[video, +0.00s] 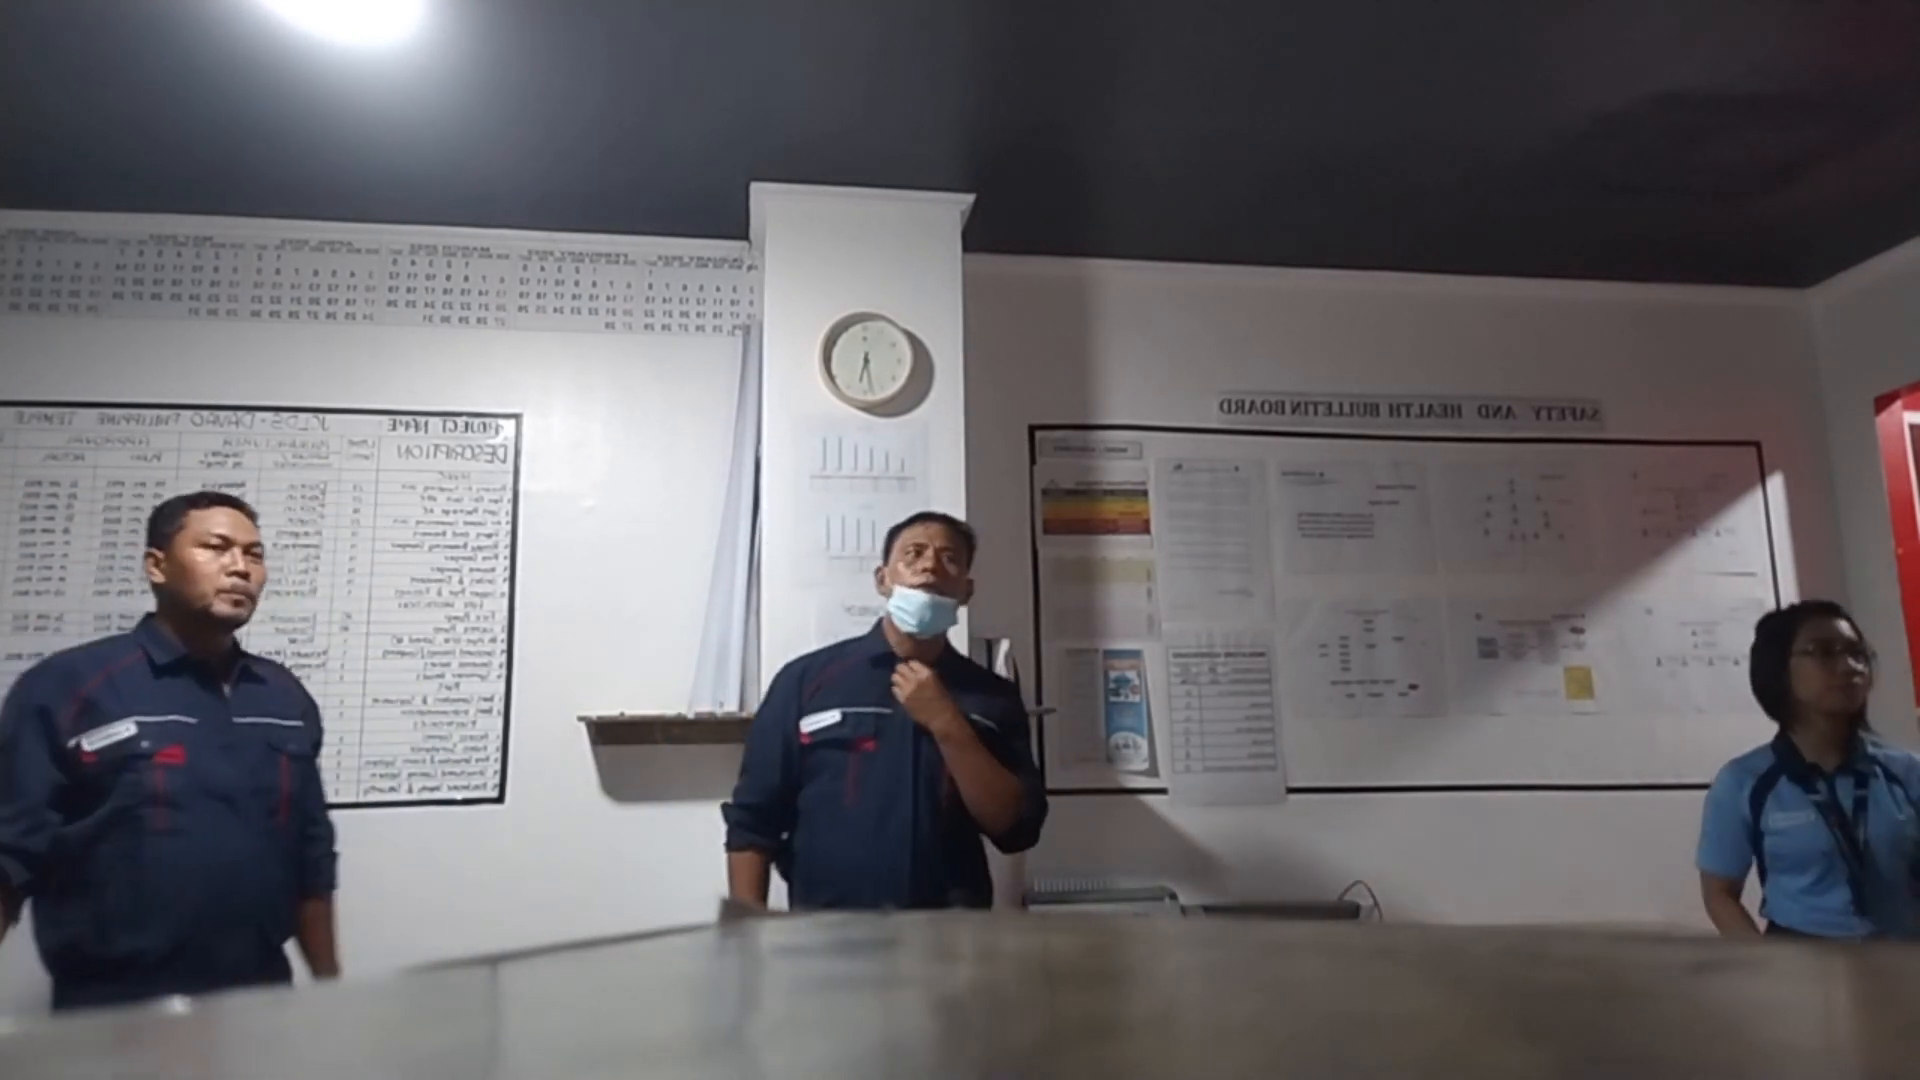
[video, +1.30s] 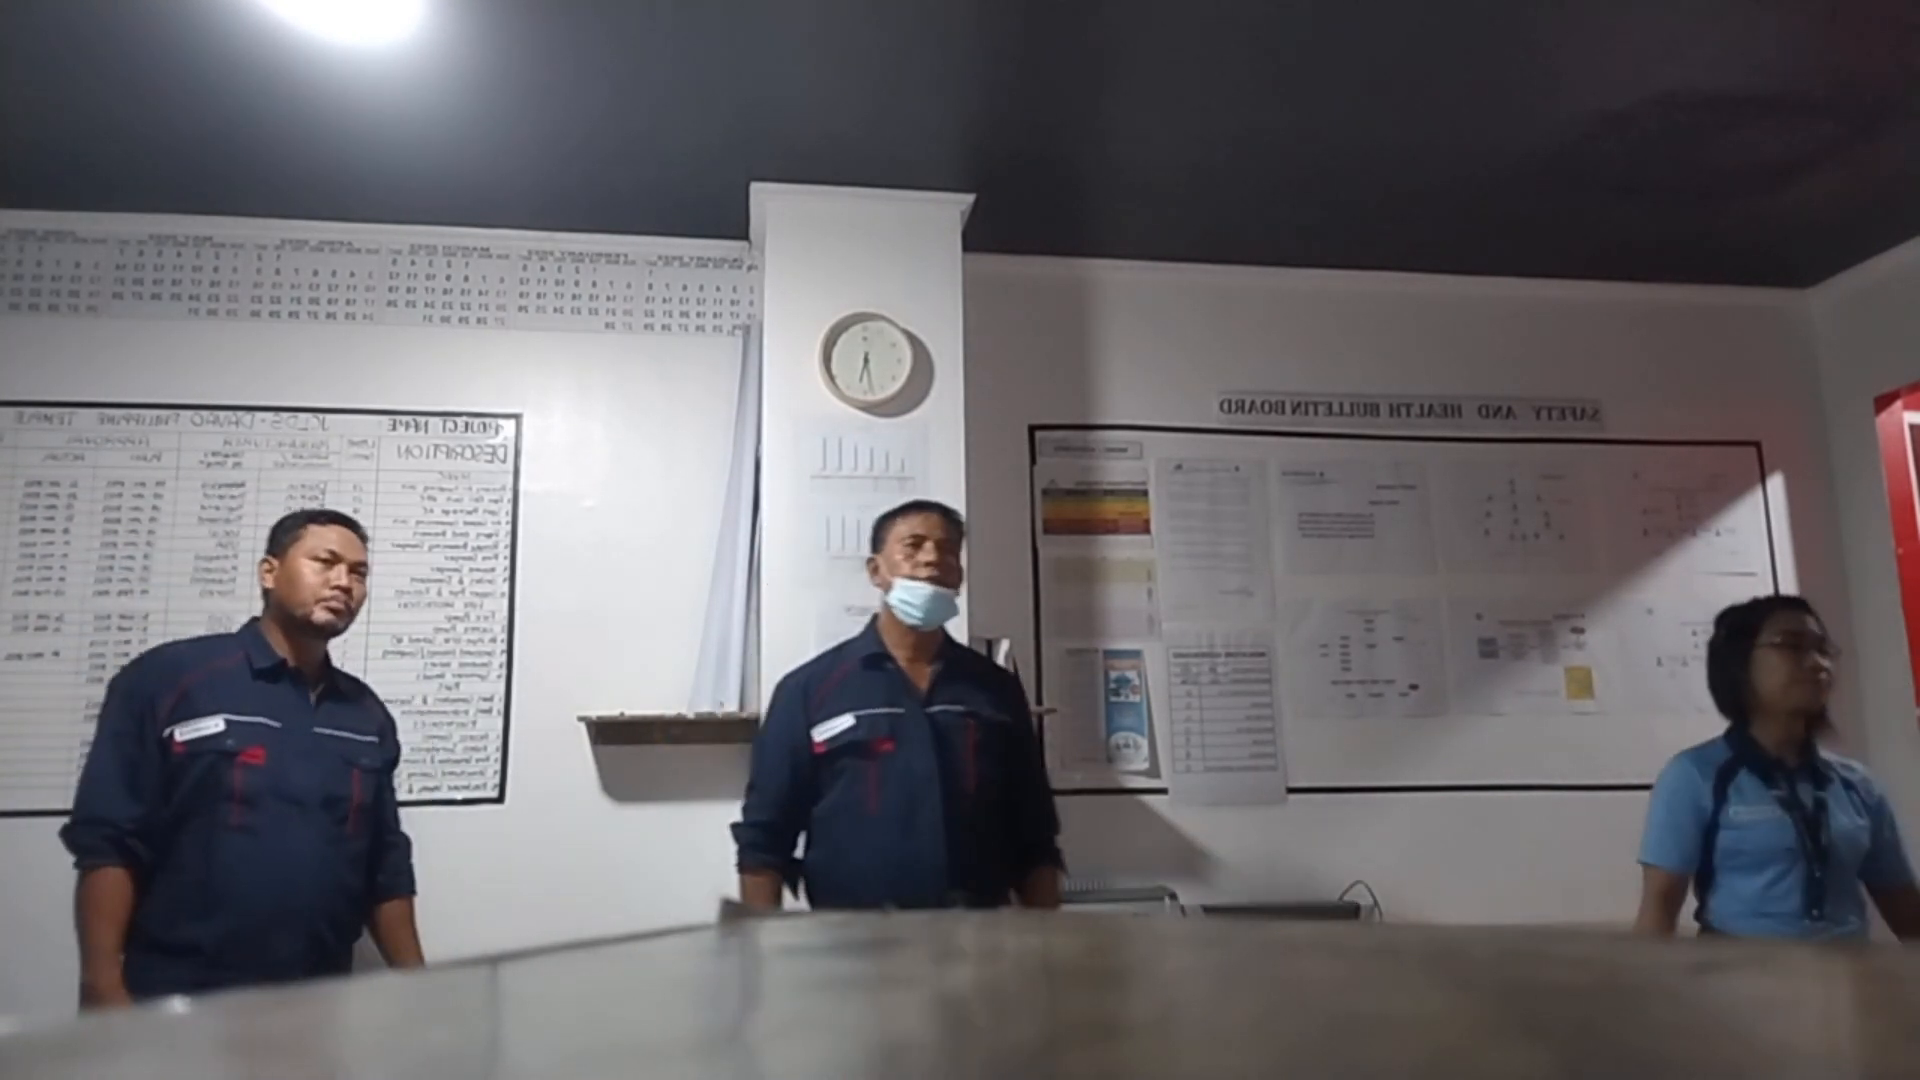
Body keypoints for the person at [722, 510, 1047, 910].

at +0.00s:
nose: (930, 566)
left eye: (948, 559)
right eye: (914, 554)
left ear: (966, 589)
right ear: (883, 579)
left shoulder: (992, 696)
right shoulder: (805, 682)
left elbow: (1018, 829)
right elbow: (752, 821)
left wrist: (945, 722)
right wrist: (749, 940)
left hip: (952, 943)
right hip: (827, 941)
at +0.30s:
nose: (859, 569)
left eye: (878, 557)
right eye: (841, 557)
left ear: (902, 580)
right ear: (816, 580)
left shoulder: (945, 684)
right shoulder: (752, 687)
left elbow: (977, 816)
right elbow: (703, 832)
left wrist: (889, 723)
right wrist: (709, 957)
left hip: (908, 939)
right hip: (788, 940)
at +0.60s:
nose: (821, 562)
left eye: (835, 549)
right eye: (800, 550)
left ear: (856, 572)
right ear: (770, 576)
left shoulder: (908, 673)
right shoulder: (714, 697)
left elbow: (957, 807)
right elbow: (672, 854)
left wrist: (862, 764)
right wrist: (675, 983)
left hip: (882, 941)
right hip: (760, 943)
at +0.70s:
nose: (818, 561)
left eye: (833, 547)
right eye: (797, 548)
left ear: (852, 571)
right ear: (767, 575)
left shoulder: (905, 672)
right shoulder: (711, 702)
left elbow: (955, 794)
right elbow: (670, 859)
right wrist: (676, 987)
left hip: (885, 944)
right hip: (762, 947)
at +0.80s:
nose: (824, 557)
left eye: (838, 545)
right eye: (803, 544)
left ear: (855, 570)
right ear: (769, 572)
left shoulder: (909, 678)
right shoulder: (710, 701)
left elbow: (953, 825)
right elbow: (677, 858)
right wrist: (690, 983)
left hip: (895, 949)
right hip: (765, 952)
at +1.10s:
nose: (873, 559)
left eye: (888, 548)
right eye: (852, 546)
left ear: (903, 573)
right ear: (818, 571)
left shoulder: (951, 686)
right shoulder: (756, 699)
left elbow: (987, 837)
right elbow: (715, 856)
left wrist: (993, 952)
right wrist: (728, 977)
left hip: (935, 945)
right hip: (804, 948)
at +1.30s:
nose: (933, 560)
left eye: (947, 550)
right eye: (914, 546)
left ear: (960, 575)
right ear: (877, 570)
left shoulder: (998, 691)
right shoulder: (807, 694)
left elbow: (1035, 844)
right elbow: (762, 847)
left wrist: (1047, 957)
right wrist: (767, 965)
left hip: (980, 948)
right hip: (850, 950)